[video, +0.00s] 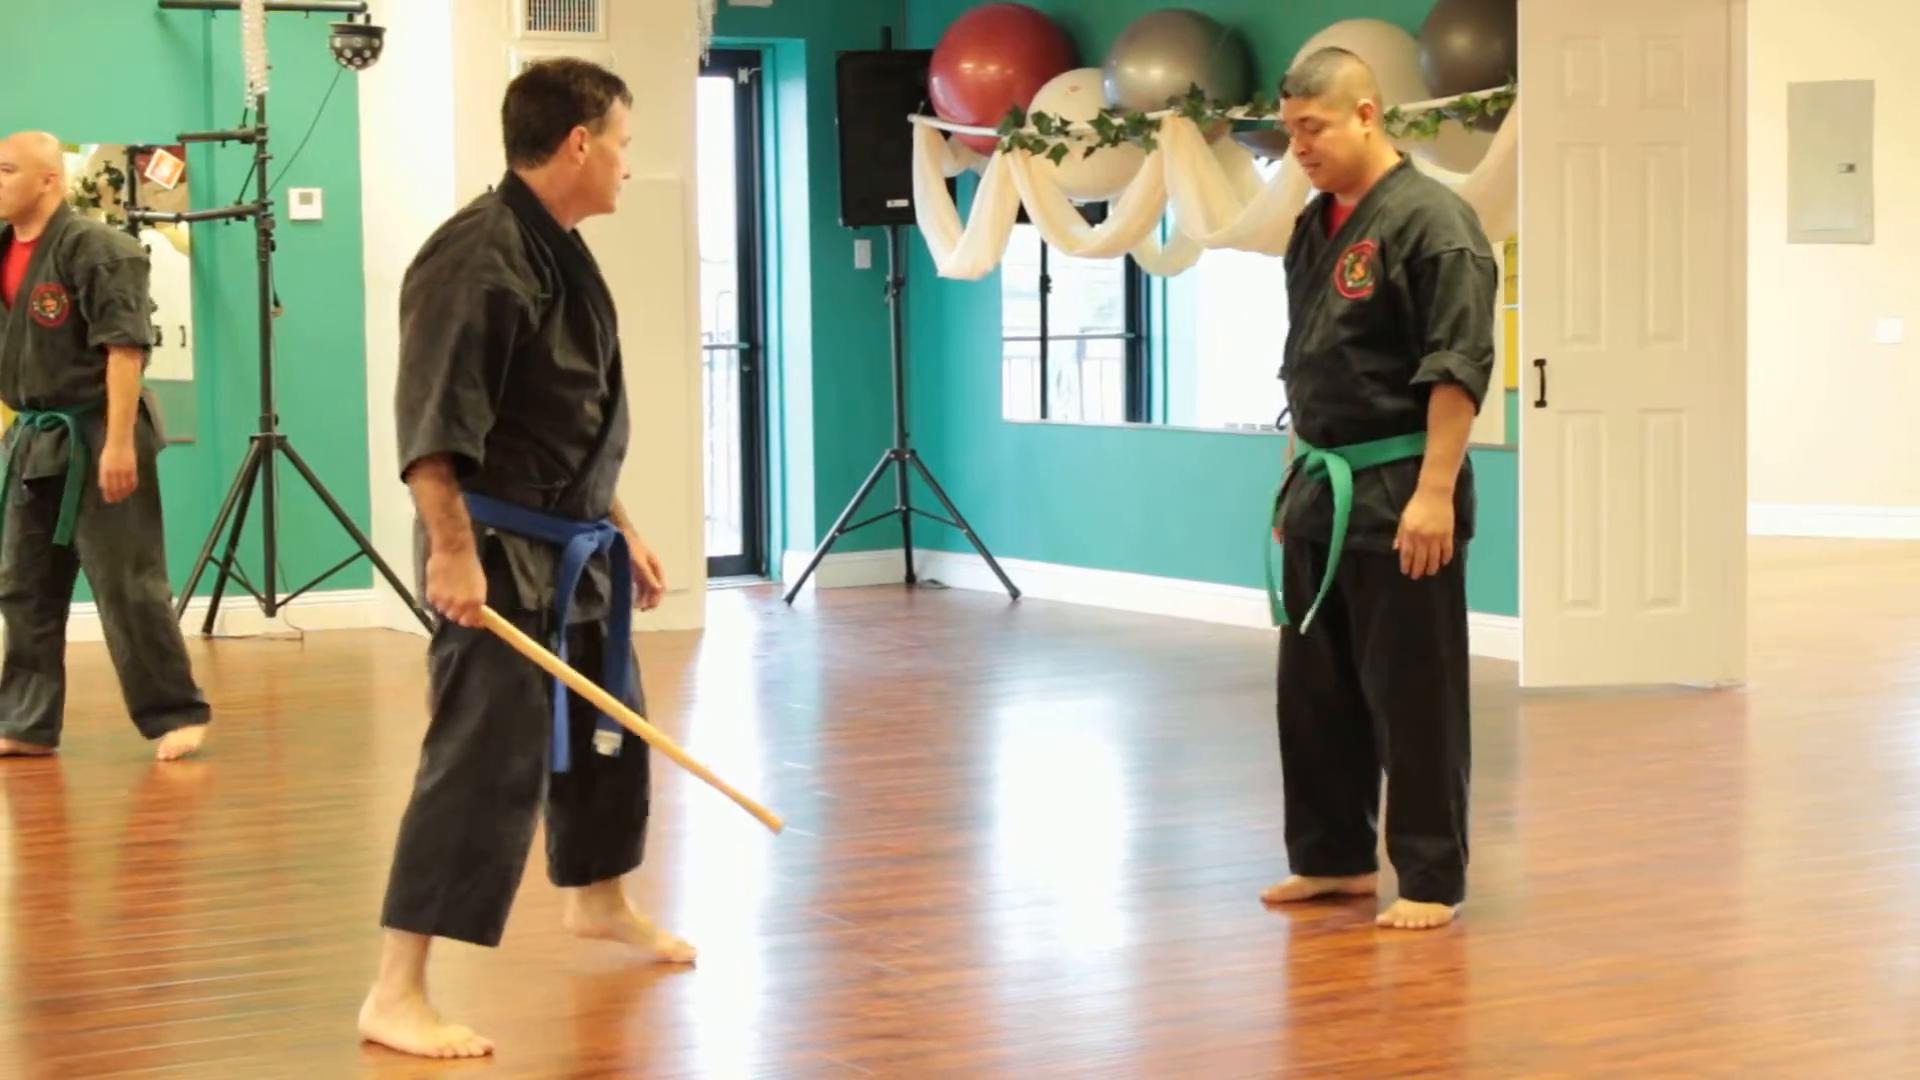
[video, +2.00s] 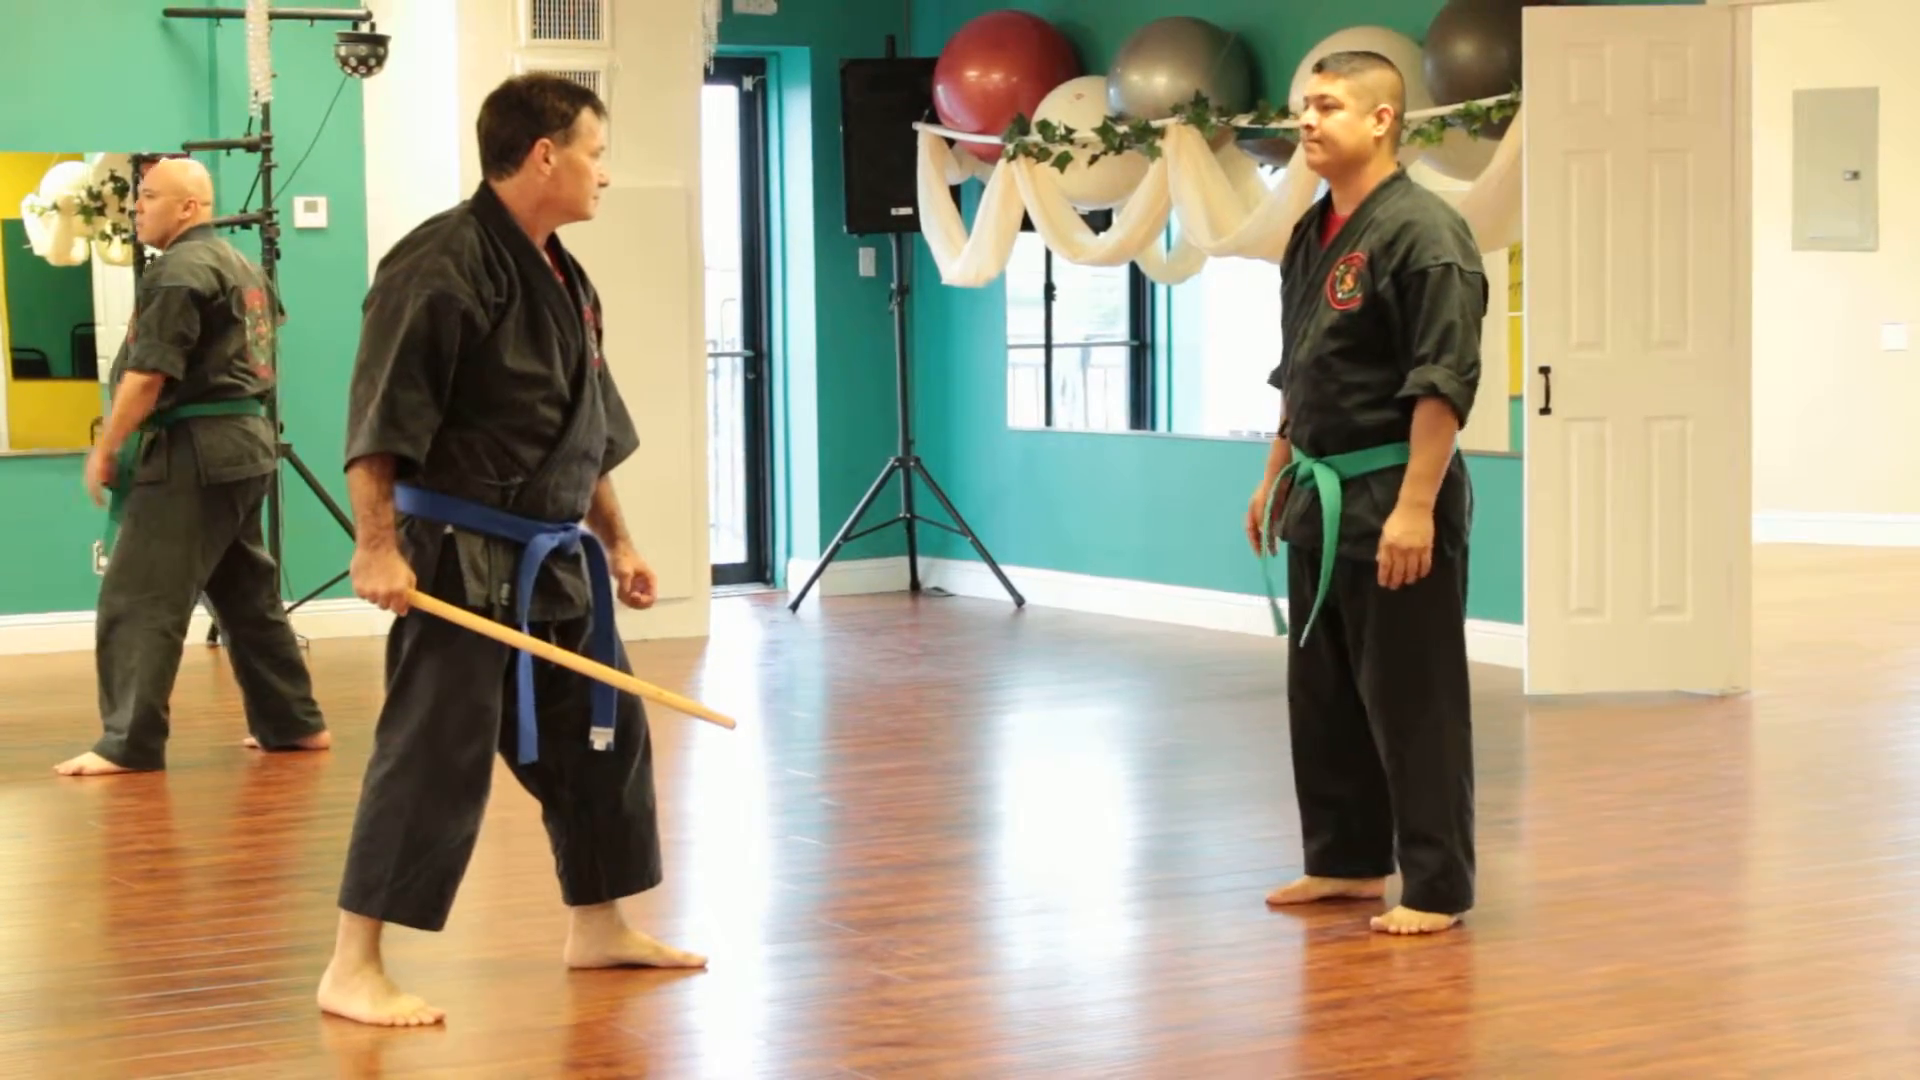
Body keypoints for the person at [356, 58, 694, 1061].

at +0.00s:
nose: (628, 166)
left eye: (628, 147)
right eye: (622, 146)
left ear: (569, 143)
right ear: (578, 144)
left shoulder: (564, 256)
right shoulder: (474, 256)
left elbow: (566, 422)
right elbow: (429, 420)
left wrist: (620, 528)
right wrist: (451, 546)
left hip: (580, 546)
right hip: (499, 547)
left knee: (605, 724)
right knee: (478, 755)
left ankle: (599, 906)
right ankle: (395, 993)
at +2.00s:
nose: (605, 175)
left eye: (604, 156)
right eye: (596, 156)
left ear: (548, 158)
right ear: (543, 156)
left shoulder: (564, 276)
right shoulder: (439, 261)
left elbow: (580, 428)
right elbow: (376, 409)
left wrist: (618, 539)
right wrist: (375, 542)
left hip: (559, 546)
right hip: (459, 543)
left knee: (600, 727)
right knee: (427, 747)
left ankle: (598, 928)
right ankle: (352, 967)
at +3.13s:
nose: (648, 194)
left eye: (647, 175)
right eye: (638, 175)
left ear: (591, 176)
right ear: (588, 175)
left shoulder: (621, 288)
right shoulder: (478, 272)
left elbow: (682, 404)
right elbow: (365, 382)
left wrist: (757, 489)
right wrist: (350, 489)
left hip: (590, 547)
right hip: (494, 541)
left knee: (672, 700)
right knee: (468, 742)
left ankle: (639, 911)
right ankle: (356, 965)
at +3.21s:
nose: (677, 201)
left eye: (677, 184)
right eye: (668, 183)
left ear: (629, 183)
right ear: (616, 181)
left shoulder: (661, 290)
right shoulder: (515, 270)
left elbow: (733, 397)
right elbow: (413, 326)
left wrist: (821, 471)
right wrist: (357, 381)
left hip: (631, 558)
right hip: (534, 553)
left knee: (699, 712)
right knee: (491, 738)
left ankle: (653, 921)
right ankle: (357, 957)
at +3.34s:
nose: (731, 201)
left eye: (732, 185)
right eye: (724, 184)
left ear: (683, 183)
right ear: (677, 182)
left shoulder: (721, 283)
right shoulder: (576, 271)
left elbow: (797, 369)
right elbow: (429, 322)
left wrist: (880, 439)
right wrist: (405, 268)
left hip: (698, 545)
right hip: (611, 542)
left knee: (737, 724)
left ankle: (655, 920)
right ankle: (444, 893)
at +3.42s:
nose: (779, 202)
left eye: (780, 184)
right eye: (771, 184)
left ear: (726, 183)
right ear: (722, 183)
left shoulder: (760, 280)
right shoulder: (627, 265)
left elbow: (832, 365)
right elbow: (499, 283)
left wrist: (910, 432)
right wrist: (483, 184)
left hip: (745, 540)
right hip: (662, 541)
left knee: (745, 728)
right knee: (739, 728)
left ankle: (656, 917)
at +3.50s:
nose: (826, 198)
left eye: (826, 182)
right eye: (817, 179)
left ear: (771, 182)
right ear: (769, 177)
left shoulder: (795, 284)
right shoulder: (685, 254)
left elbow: (861, 376)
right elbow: (604, 257)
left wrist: (931, 446)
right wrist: (592, 148)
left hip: (752, 535)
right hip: (725, 538)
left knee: (736, 730)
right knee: (862, 694)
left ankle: (655, 916)